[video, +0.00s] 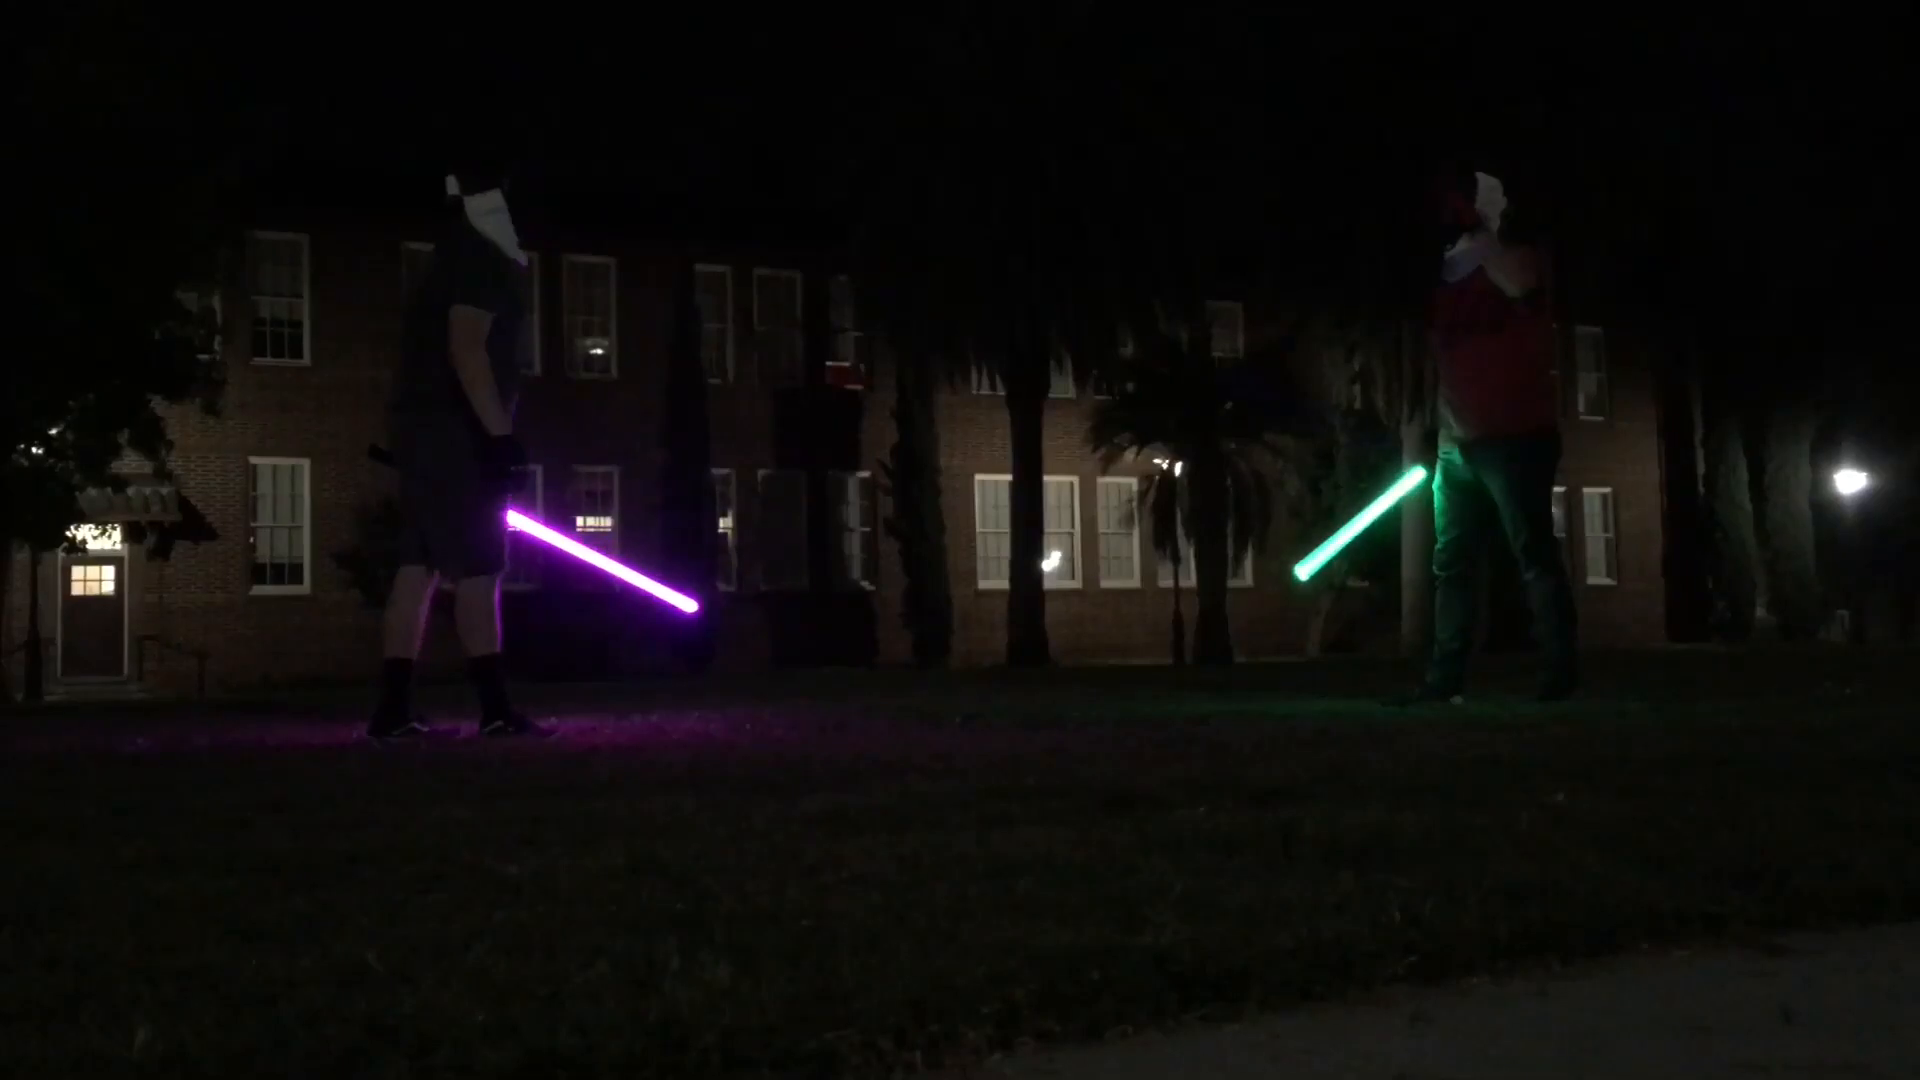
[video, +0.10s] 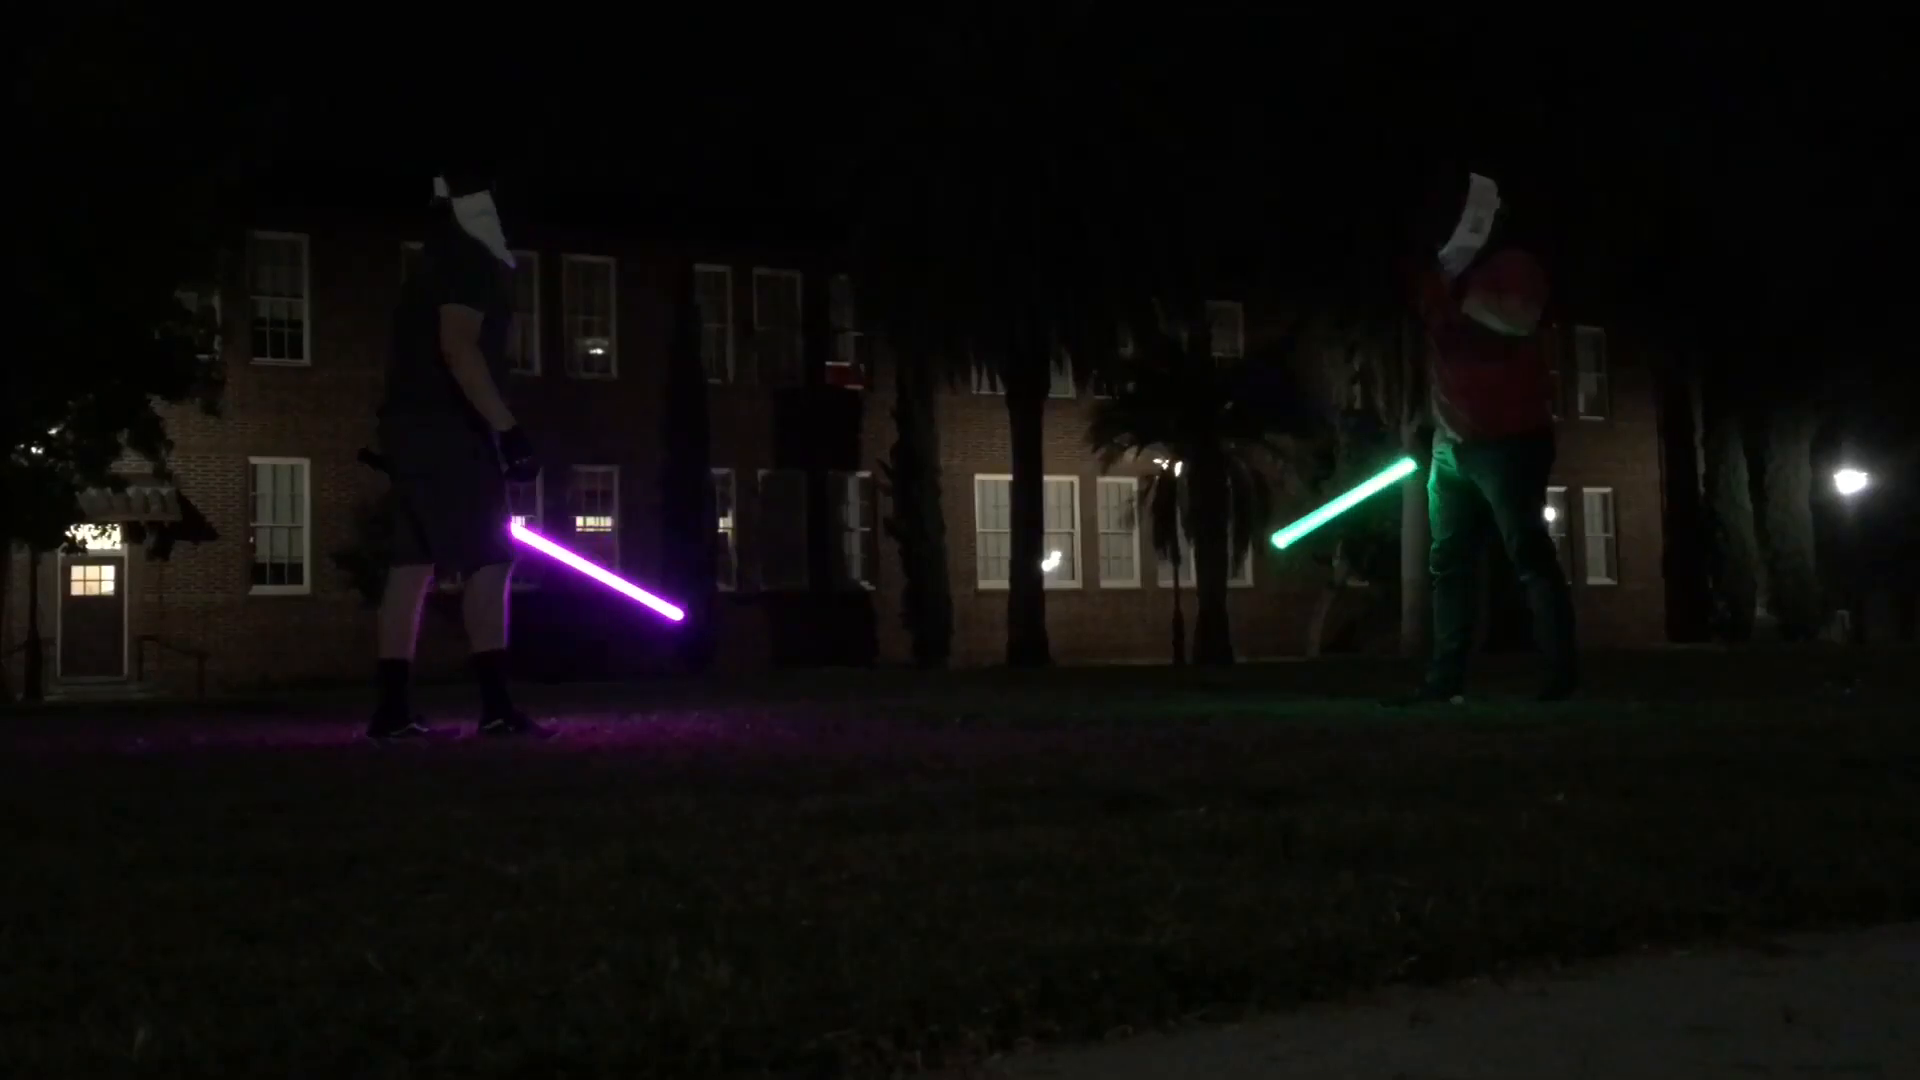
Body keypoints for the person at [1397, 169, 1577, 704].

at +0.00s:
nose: (1457, 212)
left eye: (1466, 201)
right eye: (1455, 204)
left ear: (1490, 204)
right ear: (1457, 208)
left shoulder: (1519, 250)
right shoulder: (1454, 262)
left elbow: (1521, 285)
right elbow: (1437, 346)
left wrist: (1481, 234)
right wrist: (1422, 424)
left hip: (1515, 433)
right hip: (1457, 436)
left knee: (1534, 557)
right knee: (1451, 564)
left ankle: (1557, 674)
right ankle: (1444, 679)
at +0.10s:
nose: (1463, 224)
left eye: (1472, 214)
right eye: (1458, 213)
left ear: (1490, 216)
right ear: (1447, 216)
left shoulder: (1511, 265)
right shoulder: (1445, 271)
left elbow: (1518, 322)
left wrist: (1455, 293)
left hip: (1510, 439)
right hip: (1452, 439)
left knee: (1529, 556)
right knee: (1448, 562)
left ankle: (1558, 672)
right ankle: (1445, 678)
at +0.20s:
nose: (1440, 235)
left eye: (1451, 224)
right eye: (1439, 223)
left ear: (1475, 223)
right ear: (1440, 223)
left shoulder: (1503, 273)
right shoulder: (1439, 279)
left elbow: (1520, 339)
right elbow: (1431, 357)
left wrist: (1456, 346)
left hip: (1500, 445)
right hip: (1446, 447)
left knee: (1525, 561)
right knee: (1445, 567)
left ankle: (1557, 673)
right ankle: (1444, 680)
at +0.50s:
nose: (1404, 239)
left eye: (1415, 227)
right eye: (1404, 228)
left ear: (1440, 227)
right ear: (1409, 230)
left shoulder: (1465, 276)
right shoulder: (1410, 287)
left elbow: (1492, 356)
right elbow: (1415, 366)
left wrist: (1431, 402)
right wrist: (1401, 410)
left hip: (1477, 447)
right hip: (1427, 452)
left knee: (1496, 566)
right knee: (1435, 571)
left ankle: (1549, 676)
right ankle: (1442, 680)